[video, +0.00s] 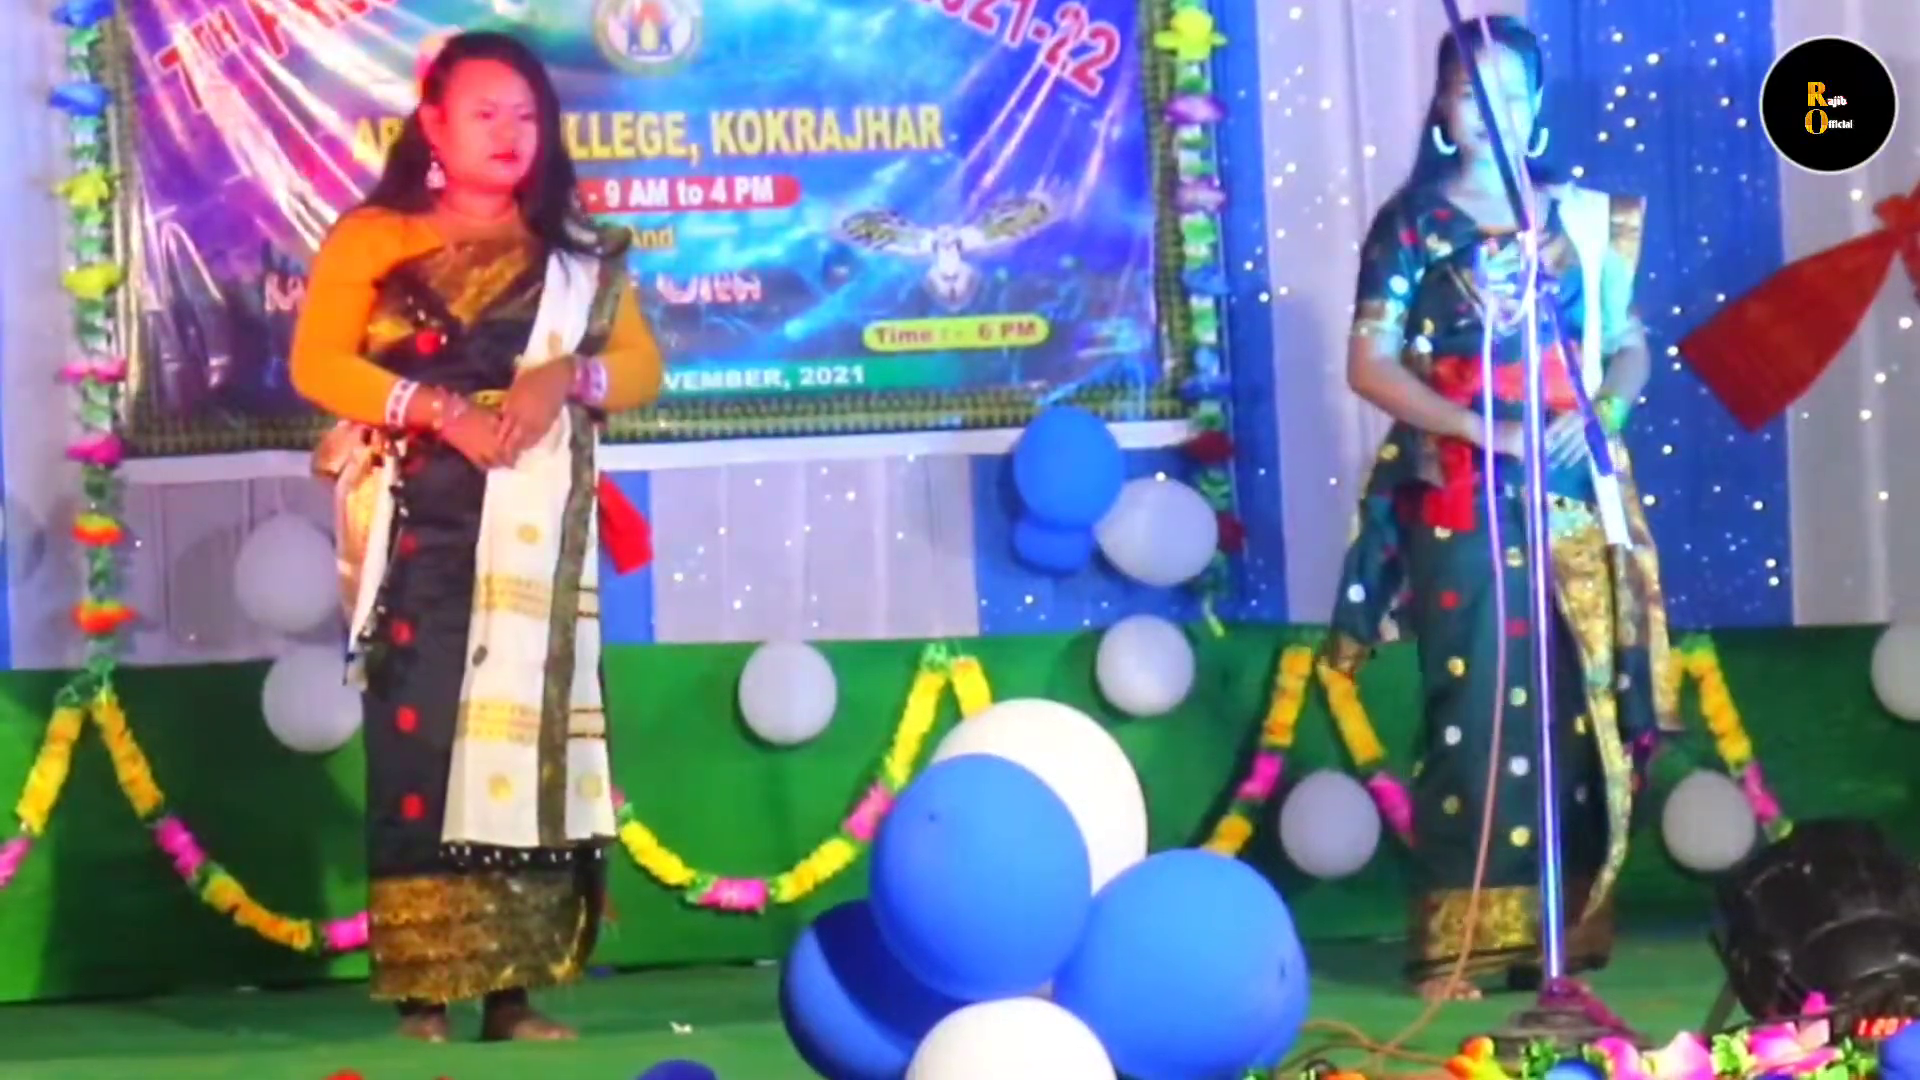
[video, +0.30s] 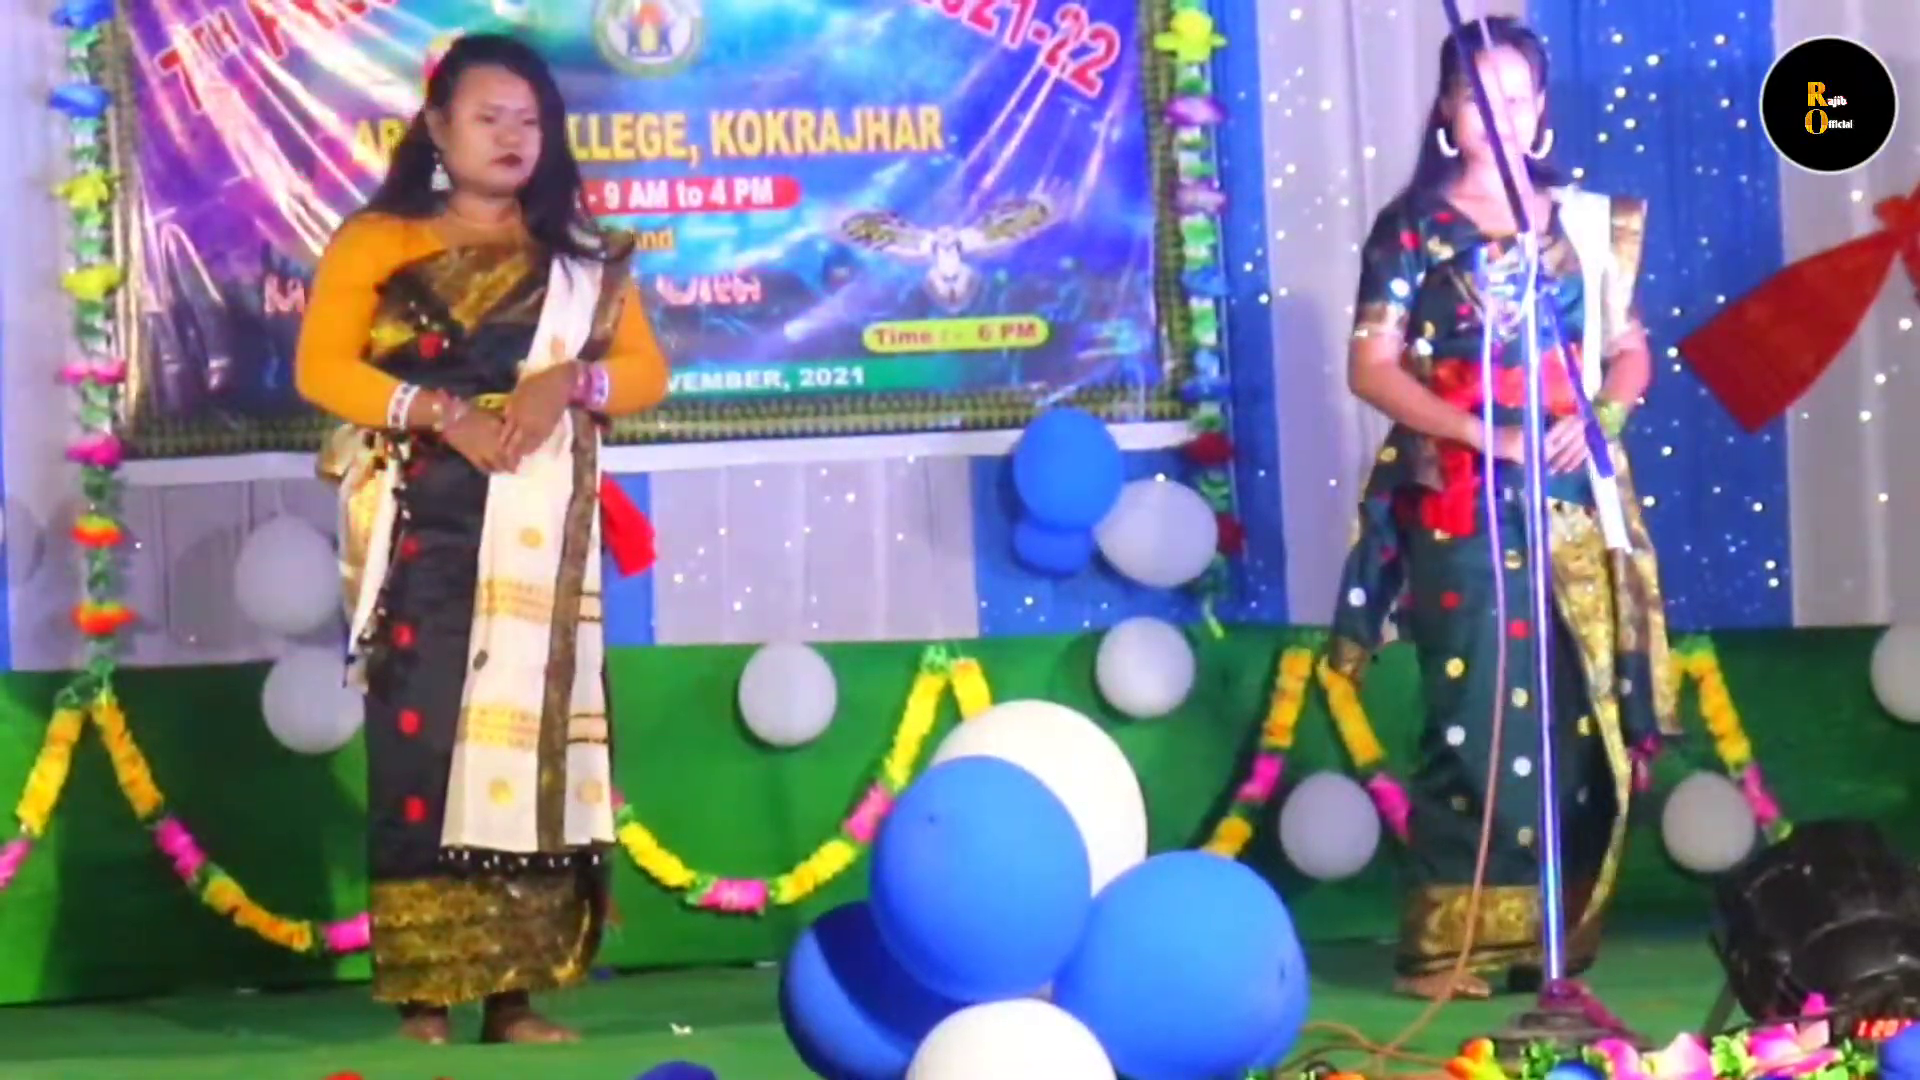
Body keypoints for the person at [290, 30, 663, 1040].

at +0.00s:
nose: (508, 133)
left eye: (524, 115)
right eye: (484, 114)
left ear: (545, 129)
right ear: (433, 126)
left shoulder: (574, 247)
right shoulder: (371, 237)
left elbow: (643, 371)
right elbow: (316, 363)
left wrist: (567, 376)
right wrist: (436, 407)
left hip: (537, 536)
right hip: (422, 531)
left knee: (528, 740)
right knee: (422, 744)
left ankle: (509, 991)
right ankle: (422, 990)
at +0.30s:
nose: (514, 137)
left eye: (530, 120)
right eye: (489, 118)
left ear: (549, 134)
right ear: (438, 130)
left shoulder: (578, 253)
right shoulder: (376, 242)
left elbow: (649, 373)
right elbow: (320, 367)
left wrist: (568, 380)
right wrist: (435, 407)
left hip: (540, 541)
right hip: (423, 537)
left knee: (532, 744)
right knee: (423, 748)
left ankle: (511, 996)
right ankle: (424, 995)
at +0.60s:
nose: (519, 148)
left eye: (535, 131)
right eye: (495, 128)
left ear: (554, 145)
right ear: (444, 135)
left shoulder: (582, 261)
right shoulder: (380, 250)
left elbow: (651, 380)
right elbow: (323, 373)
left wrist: (568, 388)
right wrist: (438, 415)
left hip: (544, 546)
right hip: (429, 540)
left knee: (536, 749)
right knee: (427, 754)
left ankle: (511, 1000)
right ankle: (424, 1001)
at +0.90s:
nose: (519, 153)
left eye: (537, 135)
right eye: (496, 134)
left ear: (559, 148)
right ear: (448, 143)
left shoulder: (592, 267)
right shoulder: (382, 256)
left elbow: (656, 386)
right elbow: (326, 380)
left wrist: (572, 394)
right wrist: (445, 425)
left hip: (548, 554)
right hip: (433, 549)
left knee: (537, 751)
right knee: (430, 755)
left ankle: (508, 1003)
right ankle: (425, 1002)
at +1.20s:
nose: (516, 156)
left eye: (532, 138)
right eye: (493, 137)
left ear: (553, 151)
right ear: (443, 147)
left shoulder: (586, 269)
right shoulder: (381, 257)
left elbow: (655, 384)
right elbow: (323, 379)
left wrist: (572, 392)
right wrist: (441, 423)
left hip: (542, 558)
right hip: (425, 553)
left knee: (534, 760)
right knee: (416, 763)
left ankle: (508, 1010)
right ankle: (395, 1009)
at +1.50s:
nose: (506, 154)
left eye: (522, 137)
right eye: (483, 132)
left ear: (540, 154)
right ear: (430, 142)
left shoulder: (564, 273)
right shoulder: (362, 259)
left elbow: (633, 392)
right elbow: (306, 382)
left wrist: (552, 395)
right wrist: (422, 425)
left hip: (526, 561)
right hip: (408, 555)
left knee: (521, 762)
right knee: (401, 766)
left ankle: (508, 1011)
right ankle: (389, 1011)